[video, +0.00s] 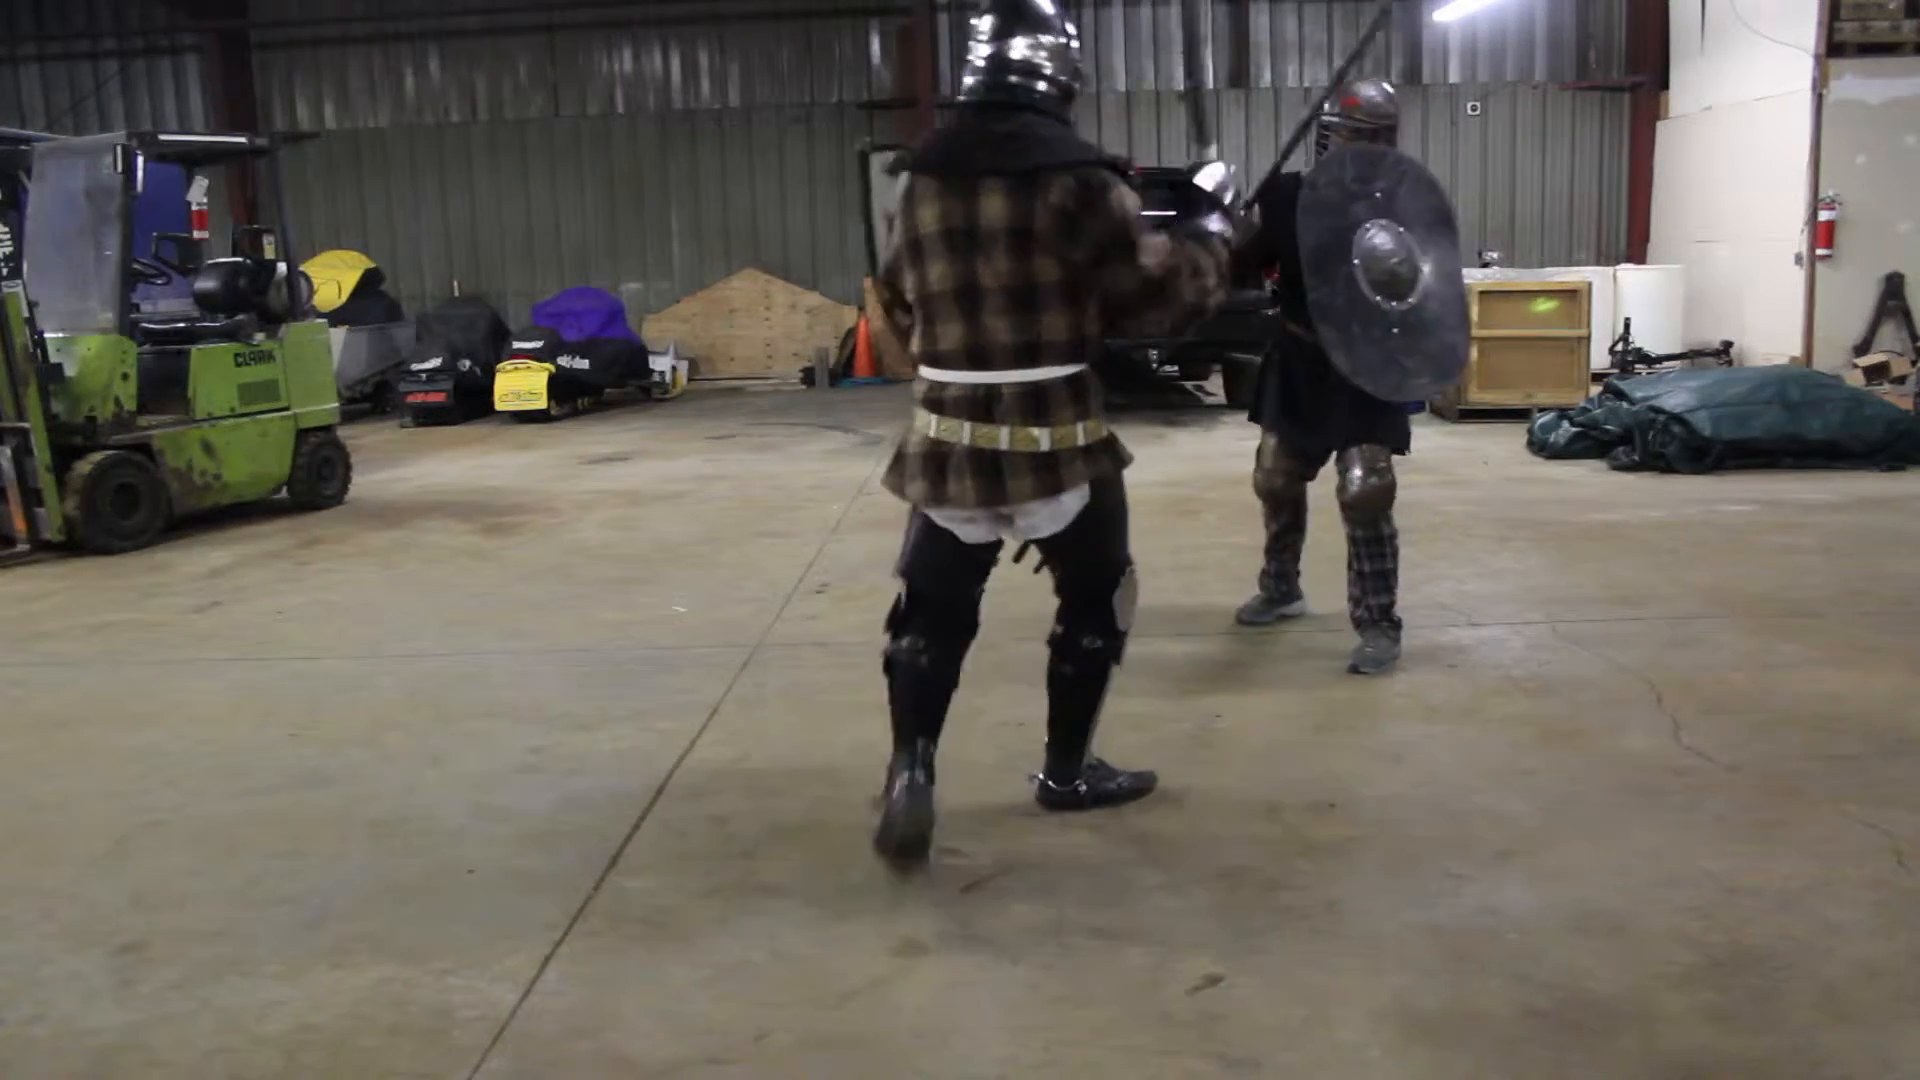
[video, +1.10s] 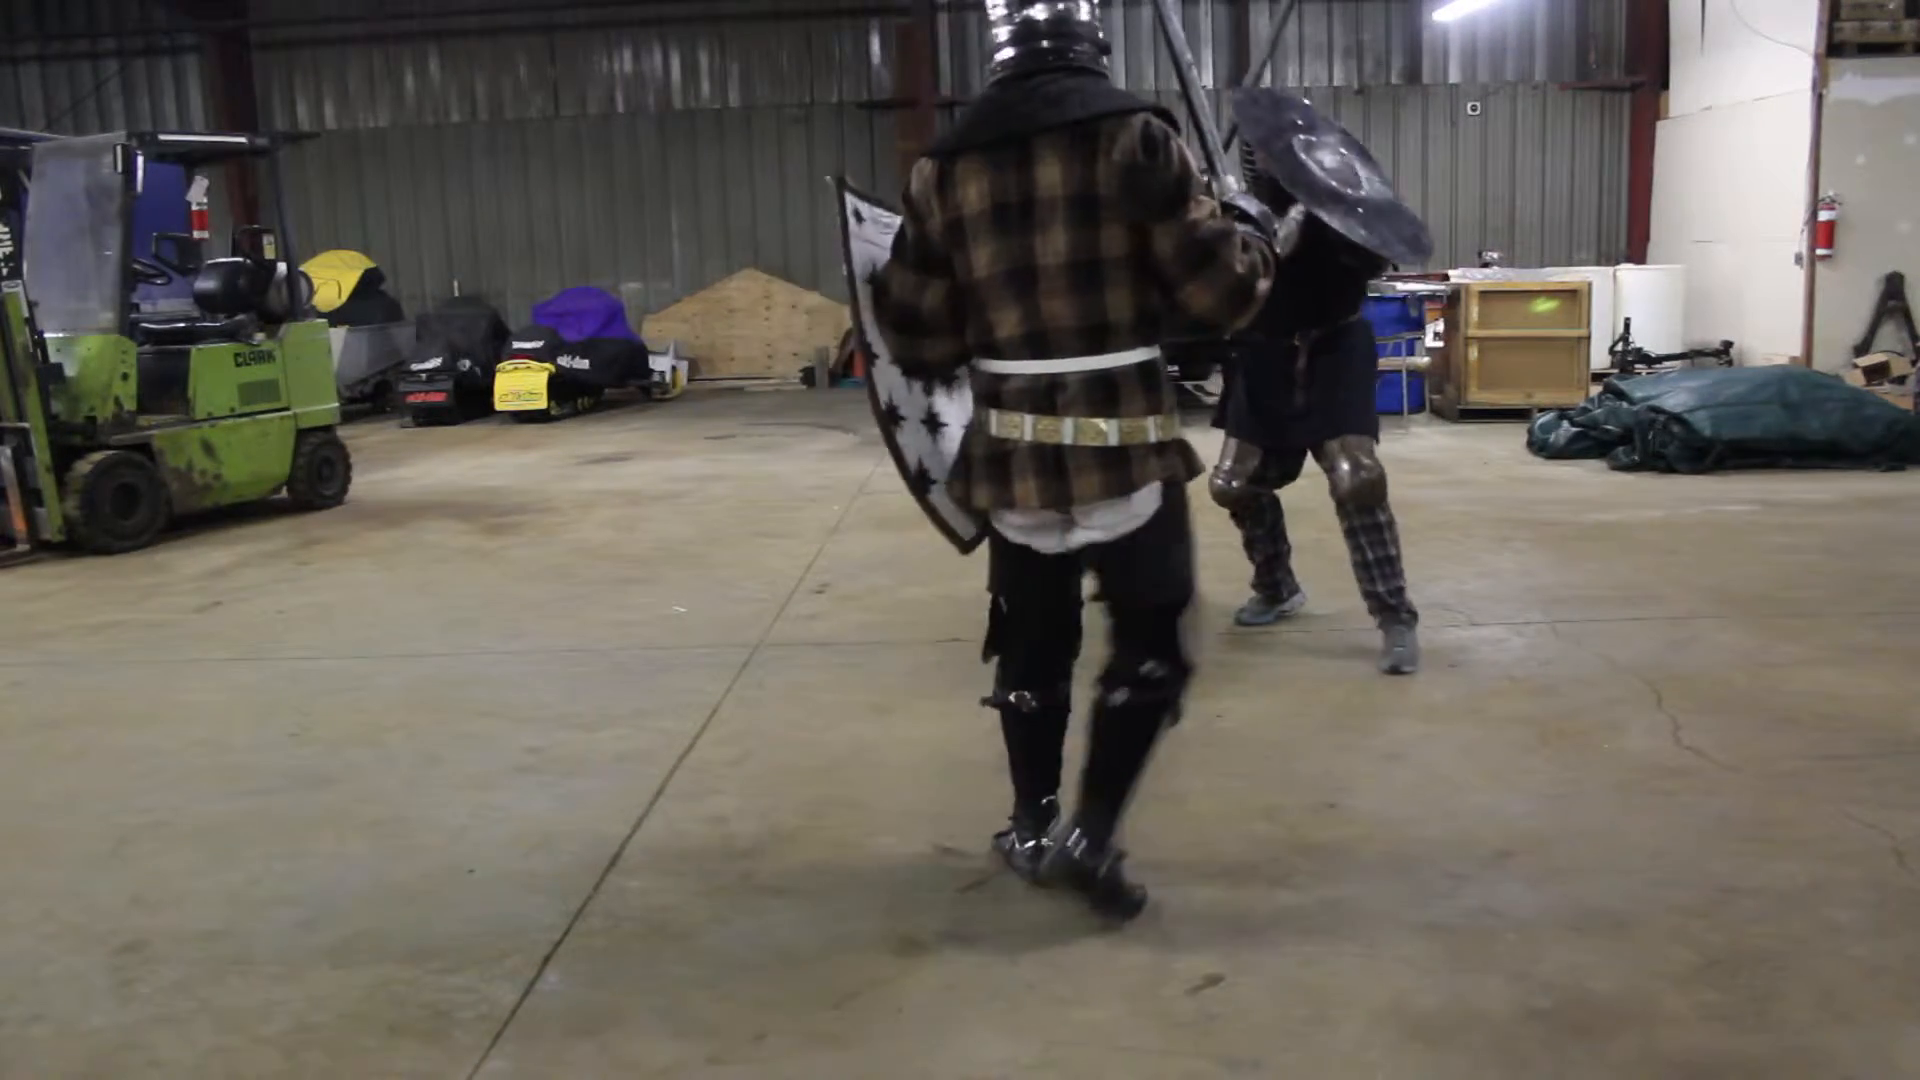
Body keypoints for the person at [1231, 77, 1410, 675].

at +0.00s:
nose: (1352, 150)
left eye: (1368, 138)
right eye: (1342, 135)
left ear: (1390, 141)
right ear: (1323, 135)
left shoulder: (1408, 203)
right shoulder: (1289, 197)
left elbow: (1439, 289)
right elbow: (1239, 259)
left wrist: (1441, 370)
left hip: (1375, 361)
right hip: (1299, 353)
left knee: (1364, 489)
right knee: (1276, 476)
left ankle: (1378, 625)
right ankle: (1280, 586)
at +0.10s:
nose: (1356, 147)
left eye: (1369, 135)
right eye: (1345, 132)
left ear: (1384, 137)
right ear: (1318, 127)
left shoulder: (1394, 198)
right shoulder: (1284, 194)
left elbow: (1426, 283)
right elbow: (1242, 275)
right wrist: (1229, 260)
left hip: (1364, 361)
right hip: (1289, 355)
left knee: (1356, 488)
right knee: (1265, 478)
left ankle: (1377, 625)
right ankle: (1279, 588)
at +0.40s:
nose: (1281, 148)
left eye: (1297, 136)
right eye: (1275, 135)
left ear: (1329, 141)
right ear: (1267, 140)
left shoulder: (1351, 204)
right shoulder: (1244, 204)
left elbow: (1376, 284)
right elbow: (1220, 288)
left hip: (1328, 363)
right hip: (1258, 360)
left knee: (1332, 476)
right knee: (1238, 472)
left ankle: (1365, 606)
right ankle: (1277, 589)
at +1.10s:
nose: (1254, 158)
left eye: (1266, 147)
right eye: (1248, 147)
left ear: (1296, 150)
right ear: (1242, 153)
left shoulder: (1340, 203)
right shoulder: (1239, 211)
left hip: (1336, 344)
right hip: (1263, 348)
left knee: (1355, 479)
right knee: (1237, 482)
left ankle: (1395, 620)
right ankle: (1276, 586)